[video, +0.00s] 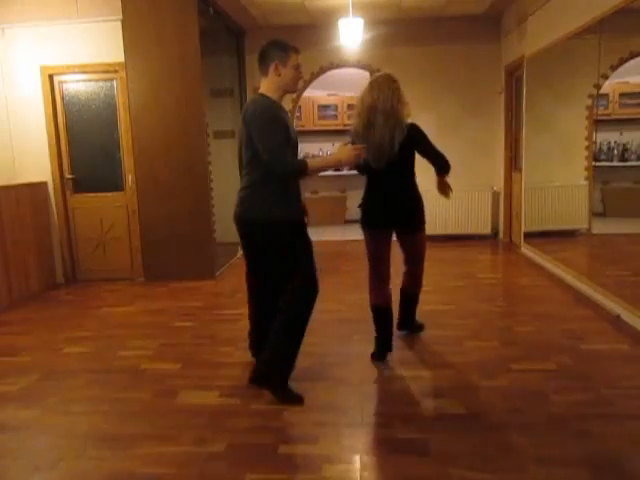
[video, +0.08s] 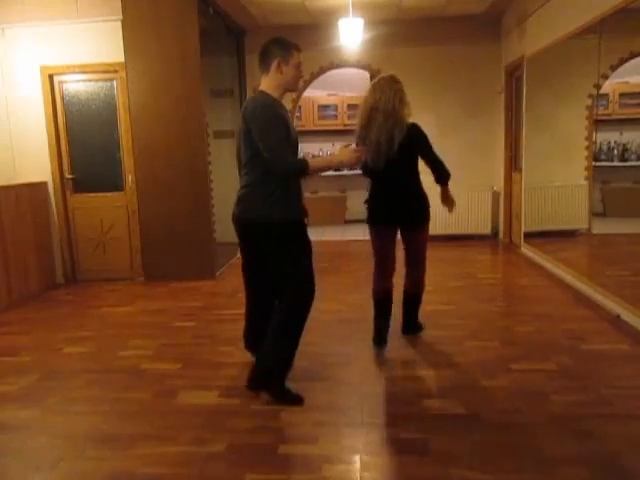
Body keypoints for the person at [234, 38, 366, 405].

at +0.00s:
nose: (300, 76)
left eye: (300, 69)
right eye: (295, 68)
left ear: (271, 70)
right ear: (274, 69)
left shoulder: (263, 109)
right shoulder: (265, 111)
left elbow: (284, 167)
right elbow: (283, 167)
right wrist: (332, 160)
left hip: (263, 217)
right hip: (273, 218)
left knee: (266, 289)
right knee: (302, 288)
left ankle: (265, 364)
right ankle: (275, 373)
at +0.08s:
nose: (300, 76)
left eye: (301, 68)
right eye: (297, 68)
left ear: (272, 67)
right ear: (279, 66)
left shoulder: (261, 106)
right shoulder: (266, 109)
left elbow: (281, 165)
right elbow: (286, 167)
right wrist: (335, 160)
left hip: (260, 216)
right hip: (274, 218)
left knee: (266, 288)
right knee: (299, 292)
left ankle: (264, 364)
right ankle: (271, 376)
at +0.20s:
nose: (301, 71)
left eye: (301, 64)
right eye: (298, 64)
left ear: (274, 62)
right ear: (281, 62)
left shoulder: (262, 101)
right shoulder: (262, 104)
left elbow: (275, 162)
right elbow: (275, 164)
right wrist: (327, 167)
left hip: (264, 217)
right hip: (270, 219)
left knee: (273, 290)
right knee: (293, 295)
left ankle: (244, 342)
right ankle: (269, 377)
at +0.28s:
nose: (300, 71)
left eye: (300, 64)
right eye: (297, 63)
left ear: (275, 62)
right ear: (280, 62)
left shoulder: (268, 103)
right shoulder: (257, 103)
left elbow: (277, 164)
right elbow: (267, 166)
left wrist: (318, 168)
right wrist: (323, 172)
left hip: (277, 220)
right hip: (261, 221)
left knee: (295, 295)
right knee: (278, 297)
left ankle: (268, 376)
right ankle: (231, 349)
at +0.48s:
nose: (294, 73)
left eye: (294, 65)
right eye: (292, 65)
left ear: (267, 60)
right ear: (275, 61)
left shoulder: (260, 104)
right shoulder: (246, 102)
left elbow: (264, 168)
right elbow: (239, 169)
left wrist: (302, 164)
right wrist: (293, 186)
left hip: (263, 223)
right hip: (244, 225)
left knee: (285, 301)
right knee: (254, 309)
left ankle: (272, 393)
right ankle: (210, 401)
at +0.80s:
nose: (272, 72)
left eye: (271, 64)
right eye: (270, 64)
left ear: (244, 60)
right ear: (257, 62)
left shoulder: (229, 100)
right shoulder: (233, 104)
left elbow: (231, 171)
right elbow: (235, 175)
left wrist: (268, 165)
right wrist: (286, 190)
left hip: (222, 216)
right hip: (221, 220)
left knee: (269, 279)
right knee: (225, 309)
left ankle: (229, 359)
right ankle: (198, 417)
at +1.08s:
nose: (258, 74)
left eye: (257, 67)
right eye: (255, 66)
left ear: (231, 66)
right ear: (240, 66)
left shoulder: (220, 105)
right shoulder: (221, 109)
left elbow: (226, 166)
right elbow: (224, 177)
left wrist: (257, 151)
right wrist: (274, 185)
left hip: (212, 211)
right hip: (218, 214)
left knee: (226, 295)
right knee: (264, 288)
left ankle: (187, 372)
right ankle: (226, 376)